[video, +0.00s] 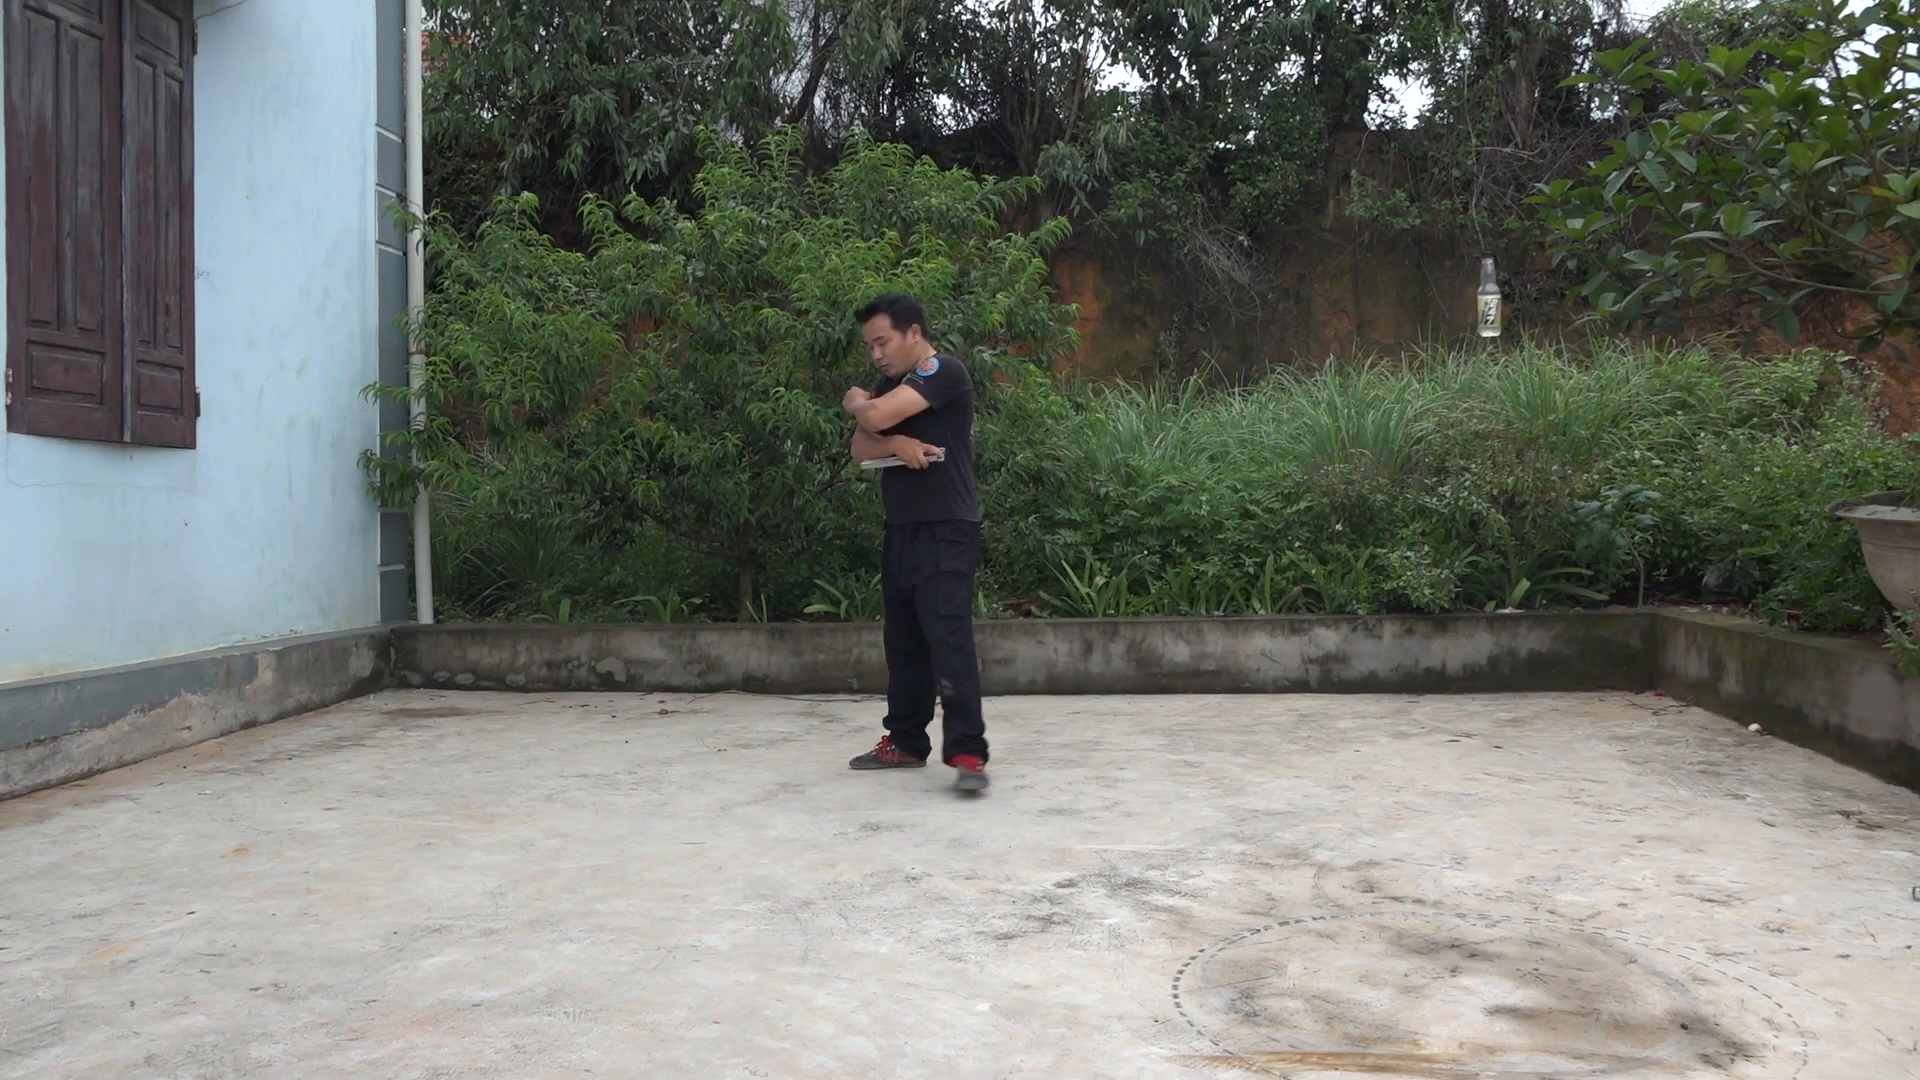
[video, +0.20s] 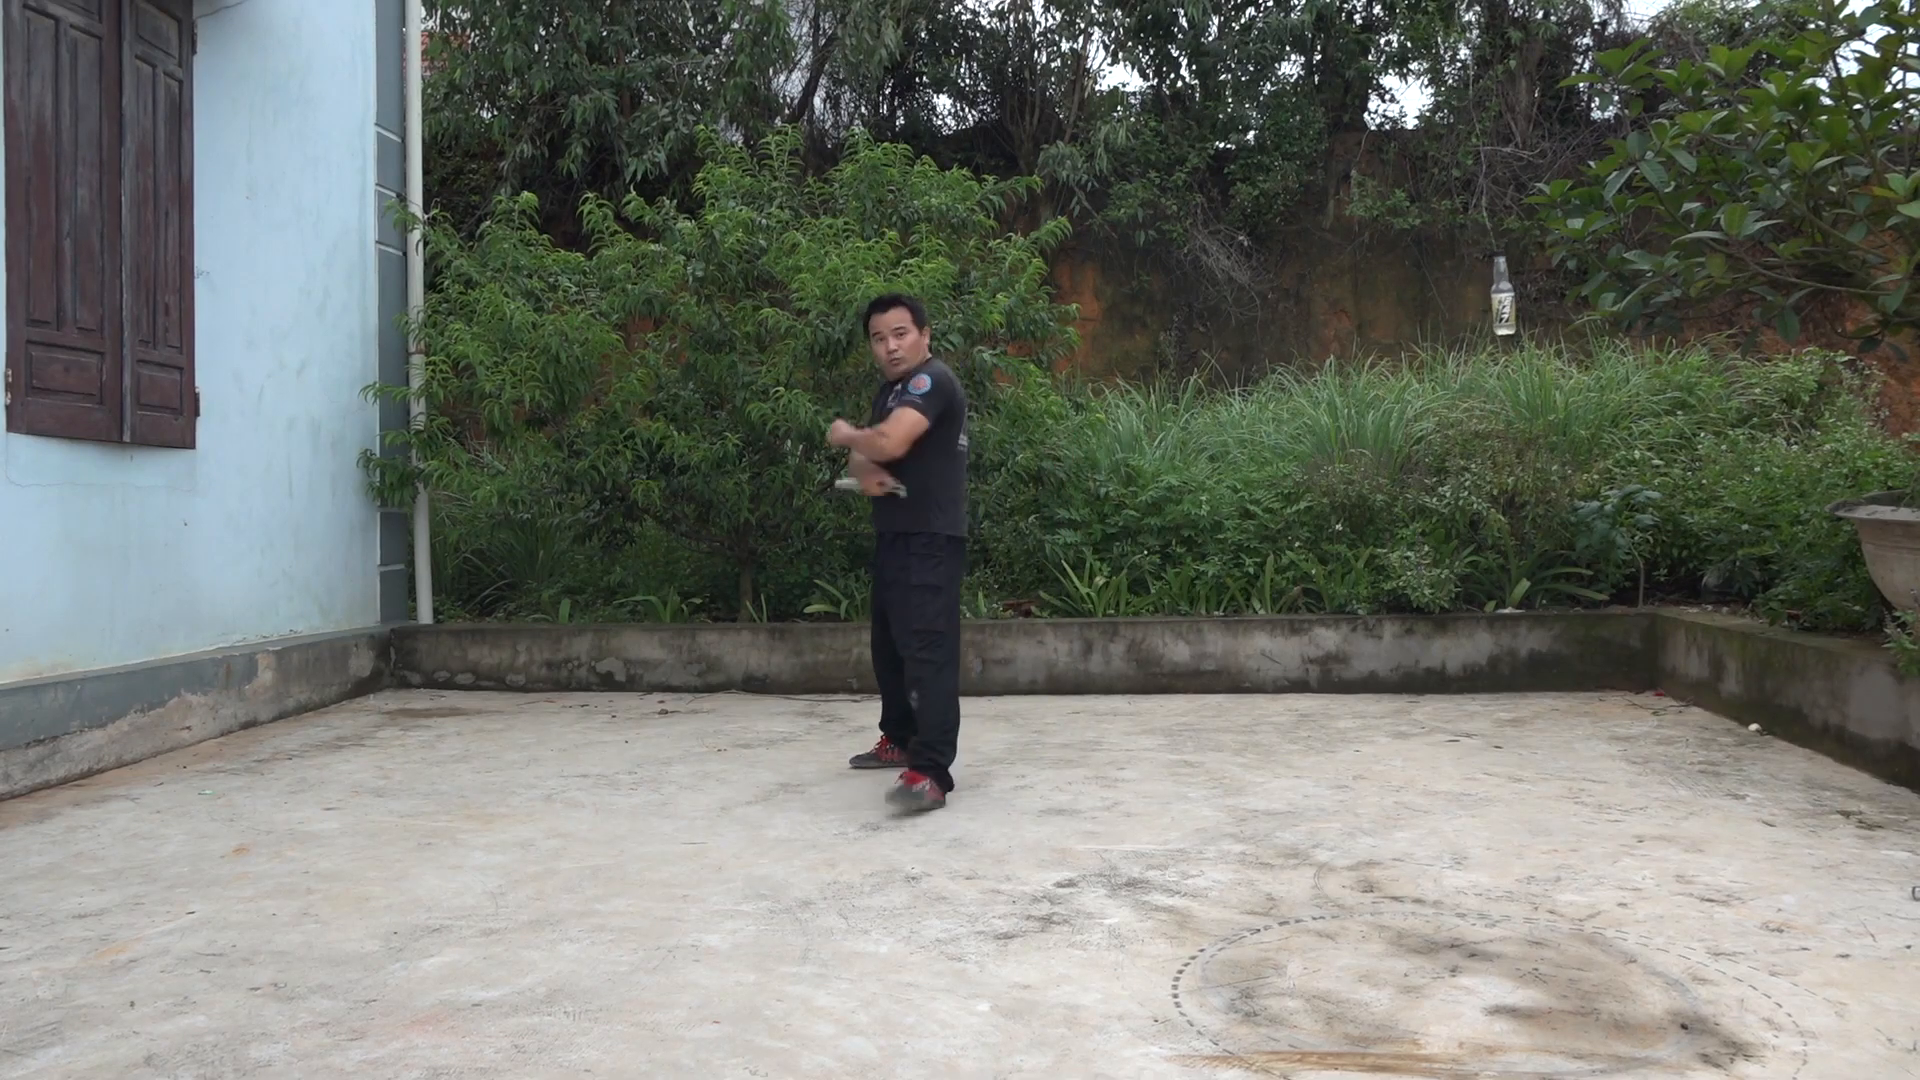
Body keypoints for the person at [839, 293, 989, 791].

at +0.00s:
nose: (876, 352)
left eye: (882, 340)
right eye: (871, 344)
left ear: (915, 334)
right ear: (875, 346)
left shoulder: (948, 373)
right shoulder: (891, 387)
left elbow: (877, 417)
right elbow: (859, 447)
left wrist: (855, 401)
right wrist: (897, 443)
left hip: (948, 529)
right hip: (902, 530)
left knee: (950, 641)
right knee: (904, 641)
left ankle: (968, 754)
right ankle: (906, 742)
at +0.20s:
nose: (891, 345)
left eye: (900, 333)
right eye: (880, 338)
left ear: (924, 337)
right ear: (873, 349)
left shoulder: (934, 380)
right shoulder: (889, 393)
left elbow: (891, 445)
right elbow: (866, 455)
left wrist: (851, 435)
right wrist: (864, 471)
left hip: (931, 539)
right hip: (895, 538)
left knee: (928, 649)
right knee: (890, 643)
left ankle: (932, 771)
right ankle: (901, 739)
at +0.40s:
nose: (886, 341)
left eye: (897, 330)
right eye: (876, 333)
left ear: (920, 334)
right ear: (866, 342)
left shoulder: (928, 384)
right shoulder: (888, 392)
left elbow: (947, 447)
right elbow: (890, 457)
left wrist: (914, 507)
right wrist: (866, 493)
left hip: (915, 543)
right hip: (882, 541)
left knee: (912, 653)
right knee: (888, 647)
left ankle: (926, 779)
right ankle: (900, 741)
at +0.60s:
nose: (859, 355)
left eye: (872, 345)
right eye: (851, 346)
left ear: (896, 354)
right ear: (841, 354)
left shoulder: (897, 398)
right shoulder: (873, 407)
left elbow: (932, 451)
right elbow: (889, 469)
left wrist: (915, 524)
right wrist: (868, 509)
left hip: (916, 551)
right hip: (884, 551)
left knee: (908, 657)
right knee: (854, 647)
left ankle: (926, 779)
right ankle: (872, 745)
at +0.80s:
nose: (864, 358)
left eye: (874, 348)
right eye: (852, 350)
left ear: (892, 356)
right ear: (839, 362)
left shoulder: (905, 405)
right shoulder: (848, 417)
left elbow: (849, 458)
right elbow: (837, 469)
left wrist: (787, 410)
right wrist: (835, 524)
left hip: (940, 550)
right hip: (885, 555)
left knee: (968, 643)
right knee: (851, 643)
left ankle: (1005, 755)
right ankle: (868, 747)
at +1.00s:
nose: (914, 328)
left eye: (916, 319)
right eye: (900, 322)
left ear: (926, 326)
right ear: (872, 339)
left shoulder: (946, 359)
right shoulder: (859, 384)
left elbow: (984, 291)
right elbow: (800, 374)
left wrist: (1013, 222)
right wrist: (803, 305)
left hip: (962, 529)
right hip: (894, 538)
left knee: (1010, 626)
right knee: (875, 640)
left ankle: (1030, 720)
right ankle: (869, 744)